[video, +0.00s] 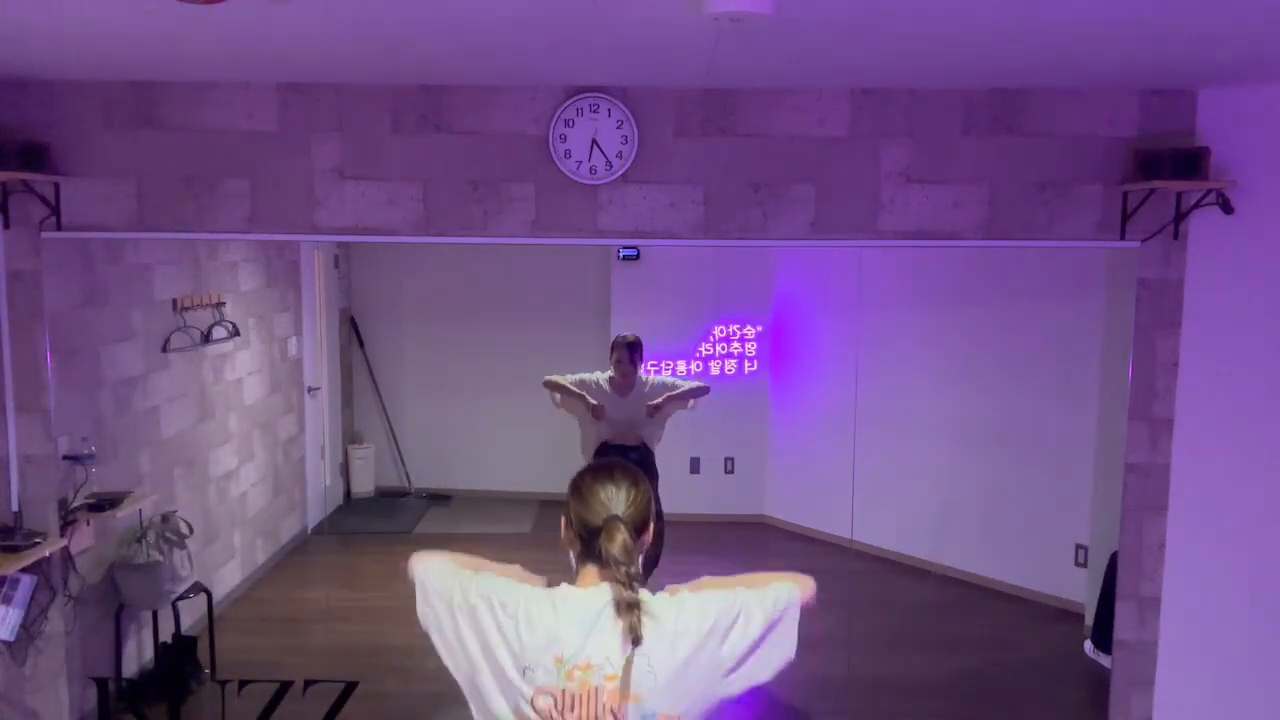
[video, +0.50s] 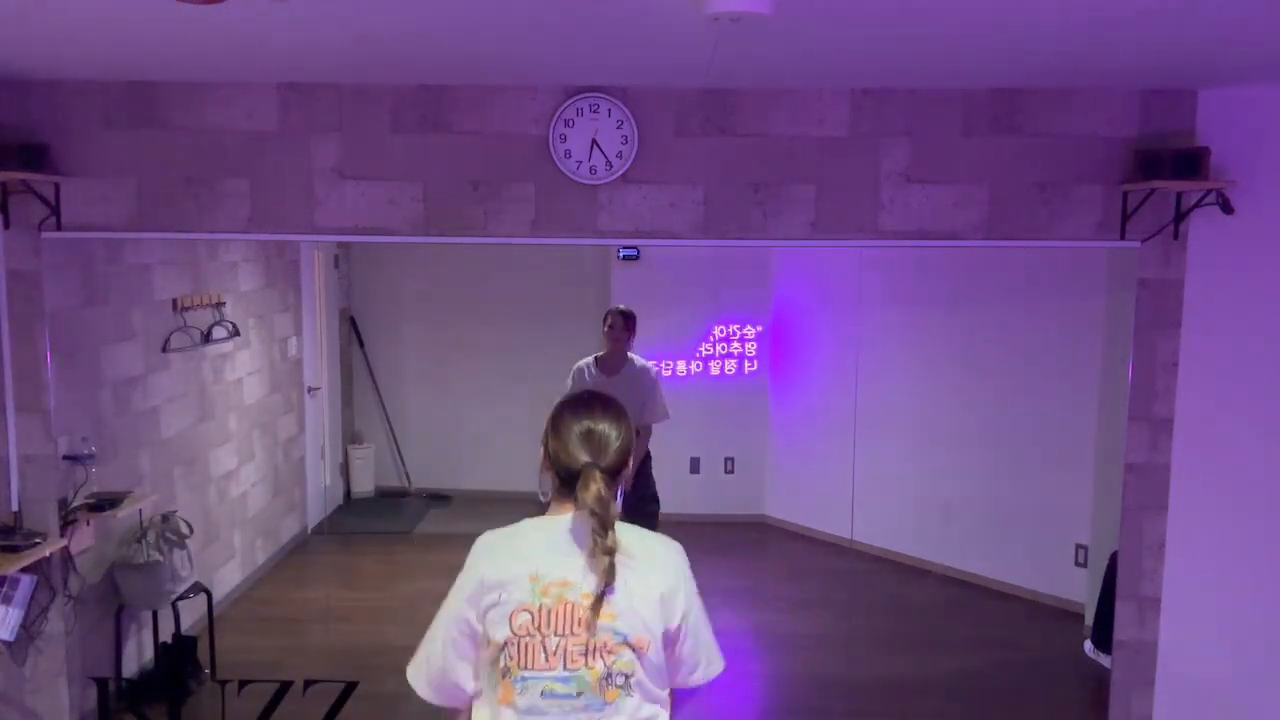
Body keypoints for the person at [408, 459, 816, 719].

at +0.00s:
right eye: (654, 523)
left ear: (566, 533)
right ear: (649, 535)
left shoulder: (531, 612)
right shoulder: (680, 619)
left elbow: (421, 564)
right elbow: (804, 588)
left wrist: (517, 576)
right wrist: (700, 590)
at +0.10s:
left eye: (561, 474)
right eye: (654, 477)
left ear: (566, 485)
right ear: (647, 489)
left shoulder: (524, 560)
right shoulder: (686, 567)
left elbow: (413, 513)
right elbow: (796, 539)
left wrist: (496, 548)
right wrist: (713, 577)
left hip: (546, 709)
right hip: (653, 709)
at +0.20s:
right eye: (650, 434)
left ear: (560, 443)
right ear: (642, 448)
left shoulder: (507, 506)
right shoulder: (682, 520)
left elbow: (405, 508)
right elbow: (784, 532)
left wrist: (484, 532)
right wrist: (695, 545)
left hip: (528, 710)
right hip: (638, 711)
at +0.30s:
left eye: (551, 410)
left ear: (554, 424)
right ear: (637, 427)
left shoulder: (508, 487)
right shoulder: (671, 499)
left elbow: (407, 545)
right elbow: (758, 560)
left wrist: (481, 594)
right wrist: (682, 602)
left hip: (528, 707)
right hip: (635, 707)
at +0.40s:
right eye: (639, 427)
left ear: (547, 433)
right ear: (632, 439)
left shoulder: (501, 507)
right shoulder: (670, 518)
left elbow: (429, 608)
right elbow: (710, 636)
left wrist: (468, 695)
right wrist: (645, 678)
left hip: (515, 714)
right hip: (634, 714)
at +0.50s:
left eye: (542, 450)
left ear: (545, 461)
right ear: (628, 470)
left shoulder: (493, 551)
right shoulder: (665, 557)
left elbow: (446, 682)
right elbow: (688, 673)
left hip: (511, 714)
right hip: (632, 713)